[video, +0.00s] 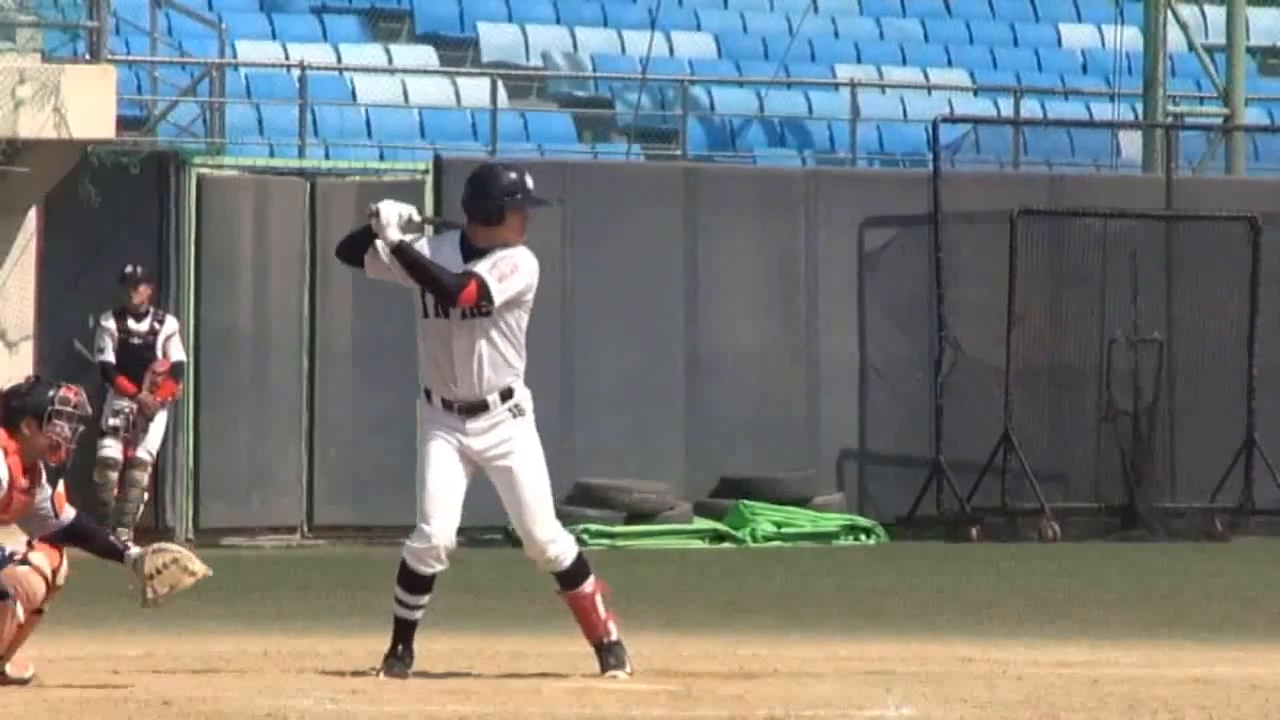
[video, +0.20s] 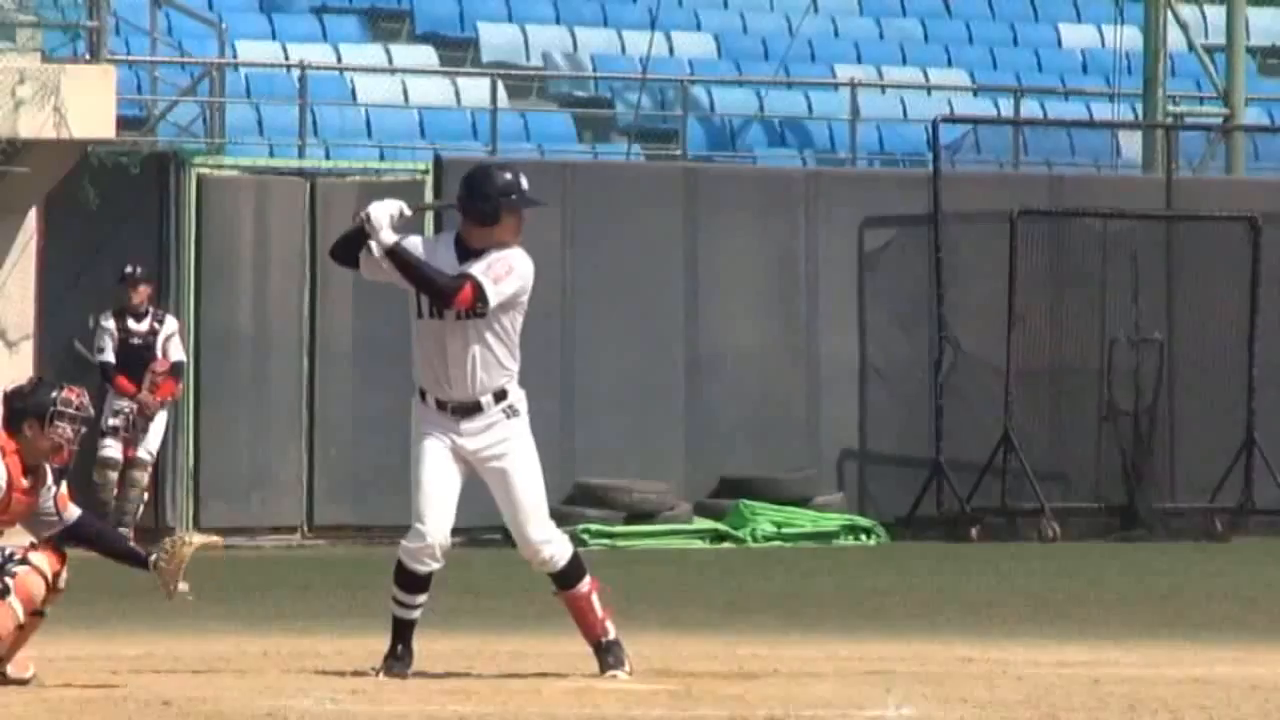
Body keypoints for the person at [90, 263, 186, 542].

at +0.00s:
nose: (133, 293)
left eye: (139, 287)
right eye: (129, 287)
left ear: (150, 290)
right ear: (123, 290)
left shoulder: (168, 324)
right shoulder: (110, 322)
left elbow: (177, 369)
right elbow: (107, 368)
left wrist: (158, 398)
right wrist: (137, 394)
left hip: (154, 399)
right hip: (120, 395)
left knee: (141, 461)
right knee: (108, 456)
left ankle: (125, 530)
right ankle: (105, 526)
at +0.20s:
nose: (132, 292)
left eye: (138, 287)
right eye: (128, 287)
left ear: (150, 290)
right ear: (123, 290)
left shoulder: (168, 324)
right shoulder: (109, 321)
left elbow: (177, 370)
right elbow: (107, 369)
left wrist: (158, 398)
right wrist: (137, 395)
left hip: (154, 400)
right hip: (120, 395)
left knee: (141, 461)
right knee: (109, 456)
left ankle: (126, 530)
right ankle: (102, 526)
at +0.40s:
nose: (133, 292)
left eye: (139, 286)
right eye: (129, 286)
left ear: (150, 290)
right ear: (123, 289)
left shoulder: (167, 324)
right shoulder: (109, 321)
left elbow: (177, 370)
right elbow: (107, 368)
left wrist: (158, 397)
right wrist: (136, 394)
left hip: (154, 399)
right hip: (120, 395)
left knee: (141, 461)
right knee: (108, 456)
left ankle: (125, 530)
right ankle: (104, 526)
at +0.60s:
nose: (133, 292)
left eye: (139, 286)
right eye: (128, 286)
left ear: (150, 289)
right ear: (122, 289)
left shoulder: (167, 324)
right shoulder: (109, 321)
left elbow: (176, 370)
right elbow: (107, 368)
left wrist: (158, 398)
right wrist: (136, 394)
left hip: (153, 400)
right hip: (119, 395)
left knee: (140, 460)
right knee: (108, 455)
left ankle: (126, 529)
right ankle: (103, 525)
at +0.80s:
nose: (133, 292)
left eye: (139, 286)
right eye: (128, 286)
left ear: (150, 290)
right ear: (122, 289)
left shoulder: (167, 325)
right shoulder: (109, 321)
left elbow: (177, 369)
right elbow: (107, 367)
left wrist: (157, 399)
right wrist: (136, 394)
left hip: (153, 400)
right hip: (119, 395)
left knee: (140, 462)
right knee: (108, 456)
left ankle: (125, 530)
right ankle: (101, 526)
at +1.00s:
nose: (133, 292)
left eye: (138, 286)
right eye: (128, 287)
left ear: (150, 290)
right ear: (122, 290)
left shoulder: (167, 324)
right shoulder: (109, 321)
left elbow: (177, 368)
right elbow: (106, 367)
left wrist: (156, 399)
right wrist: (136, 394)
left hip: (153, 400)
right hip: (119, 395)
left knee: (141, 460)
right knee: (108, 455)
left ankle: (125, 529)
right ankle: (102, 525)